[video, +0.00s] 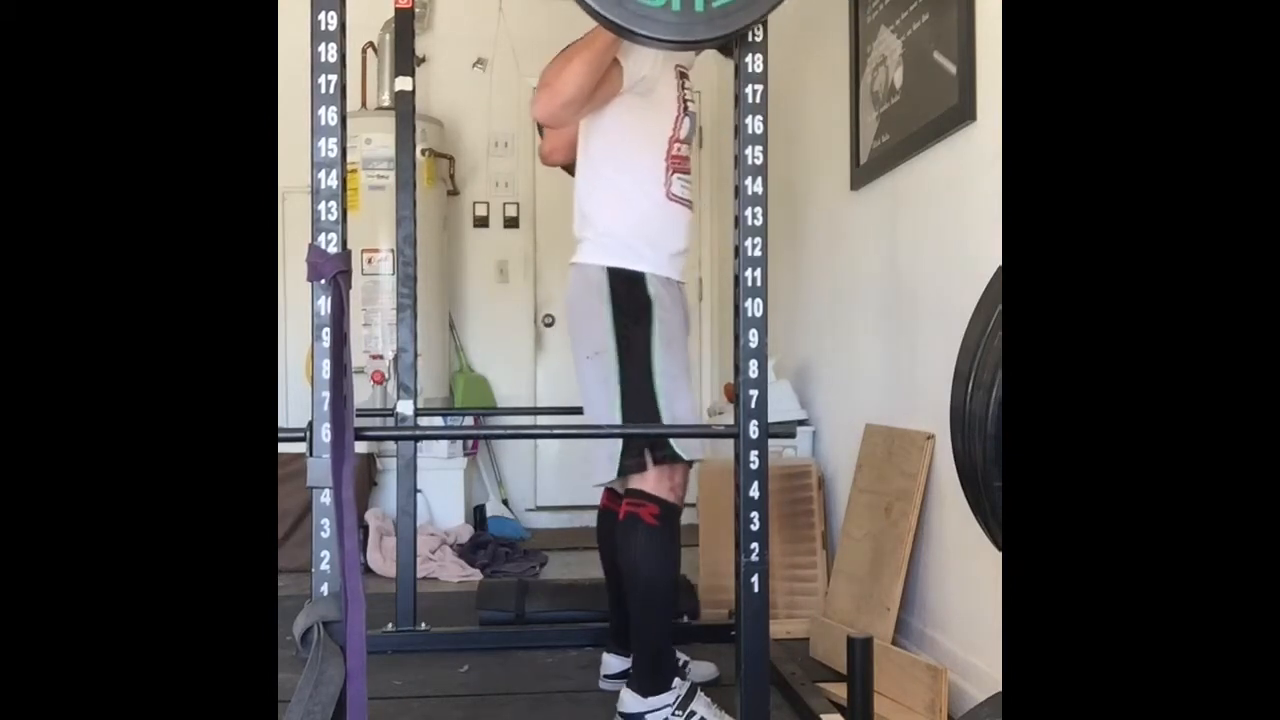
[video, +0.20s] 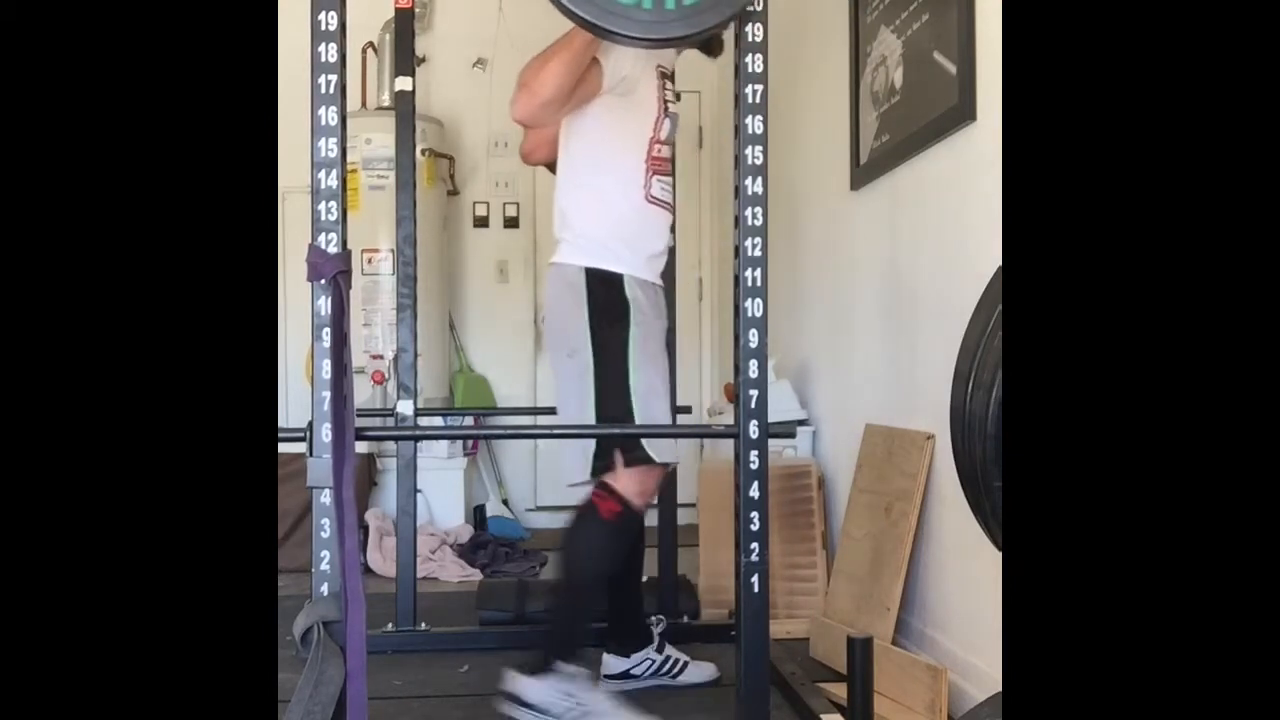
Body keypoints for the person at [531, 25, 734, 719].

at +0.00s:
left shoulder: (665, 55)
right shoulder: (627, 38)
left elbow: (554, 147)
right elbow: (549, 105)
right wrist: (619, 19)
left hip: (646, 279)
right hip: (622, 279)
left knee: (643, 470)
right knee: (659, 470)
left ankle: (629, 649)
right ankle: (653, 689)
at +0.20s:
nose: (700, 27)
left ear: (656, 4)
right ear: (655, 2)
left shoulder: (645, 57)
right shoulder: (611, 40)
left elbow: (535, 148)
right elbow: (528, 106)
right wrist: (596, 20)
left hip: (630, 278)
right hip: (599, 278)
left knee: (633, 472)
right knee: (630, 472)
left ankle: (630, 650)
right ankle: (542, 670)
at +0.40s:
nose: (700, 26)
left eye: (701, 18)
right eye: (694, 15)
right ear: (654, 4)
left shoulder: (632, 60)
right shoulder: (574, 43)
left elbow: (514, 148)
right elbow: (488, 102)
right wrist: (558, 19)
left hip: (622, 289)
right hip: (571, 286)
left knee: (638, 475)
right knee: (555, 482)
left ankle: (631, 649)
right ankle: (459, 686)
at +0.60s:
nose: (679, 11)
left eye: (680, 5)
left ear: (647, 5)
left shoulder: (592, 58)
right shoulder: (553, 28)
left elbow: (473, 137)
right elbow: (442, 89)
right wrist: (515, 4)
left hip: (562, 291)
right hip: (518, 285)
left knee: (588, 475)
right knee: (498, 490)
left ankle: (624, 629)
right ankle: (449, 696)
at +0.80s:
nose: (653, 7)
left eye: (656, 3)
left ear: (621, 6)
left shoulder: (569, 55)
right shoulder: (527, 23)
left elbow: (444, 132)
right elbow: (409, 81)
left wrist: (521, 145)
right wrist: (477, 3)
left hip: (538, 288)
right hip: (491, 283)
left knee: (567, 454)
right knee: (479, 486)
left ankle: (500, 613)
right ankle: (447, 698)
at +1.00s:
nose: (635, 10)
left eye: (636, 5)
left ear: (602, 9)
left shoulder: (551, 57)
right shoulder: (509, 31)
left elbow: (434, 134)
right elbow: (397, 90)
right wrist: (453, 14)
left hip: (518, 286)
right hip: (480, 283)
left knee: (492, 484)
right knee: (472, 489)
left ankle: (475, 646)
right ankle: (445, 696)